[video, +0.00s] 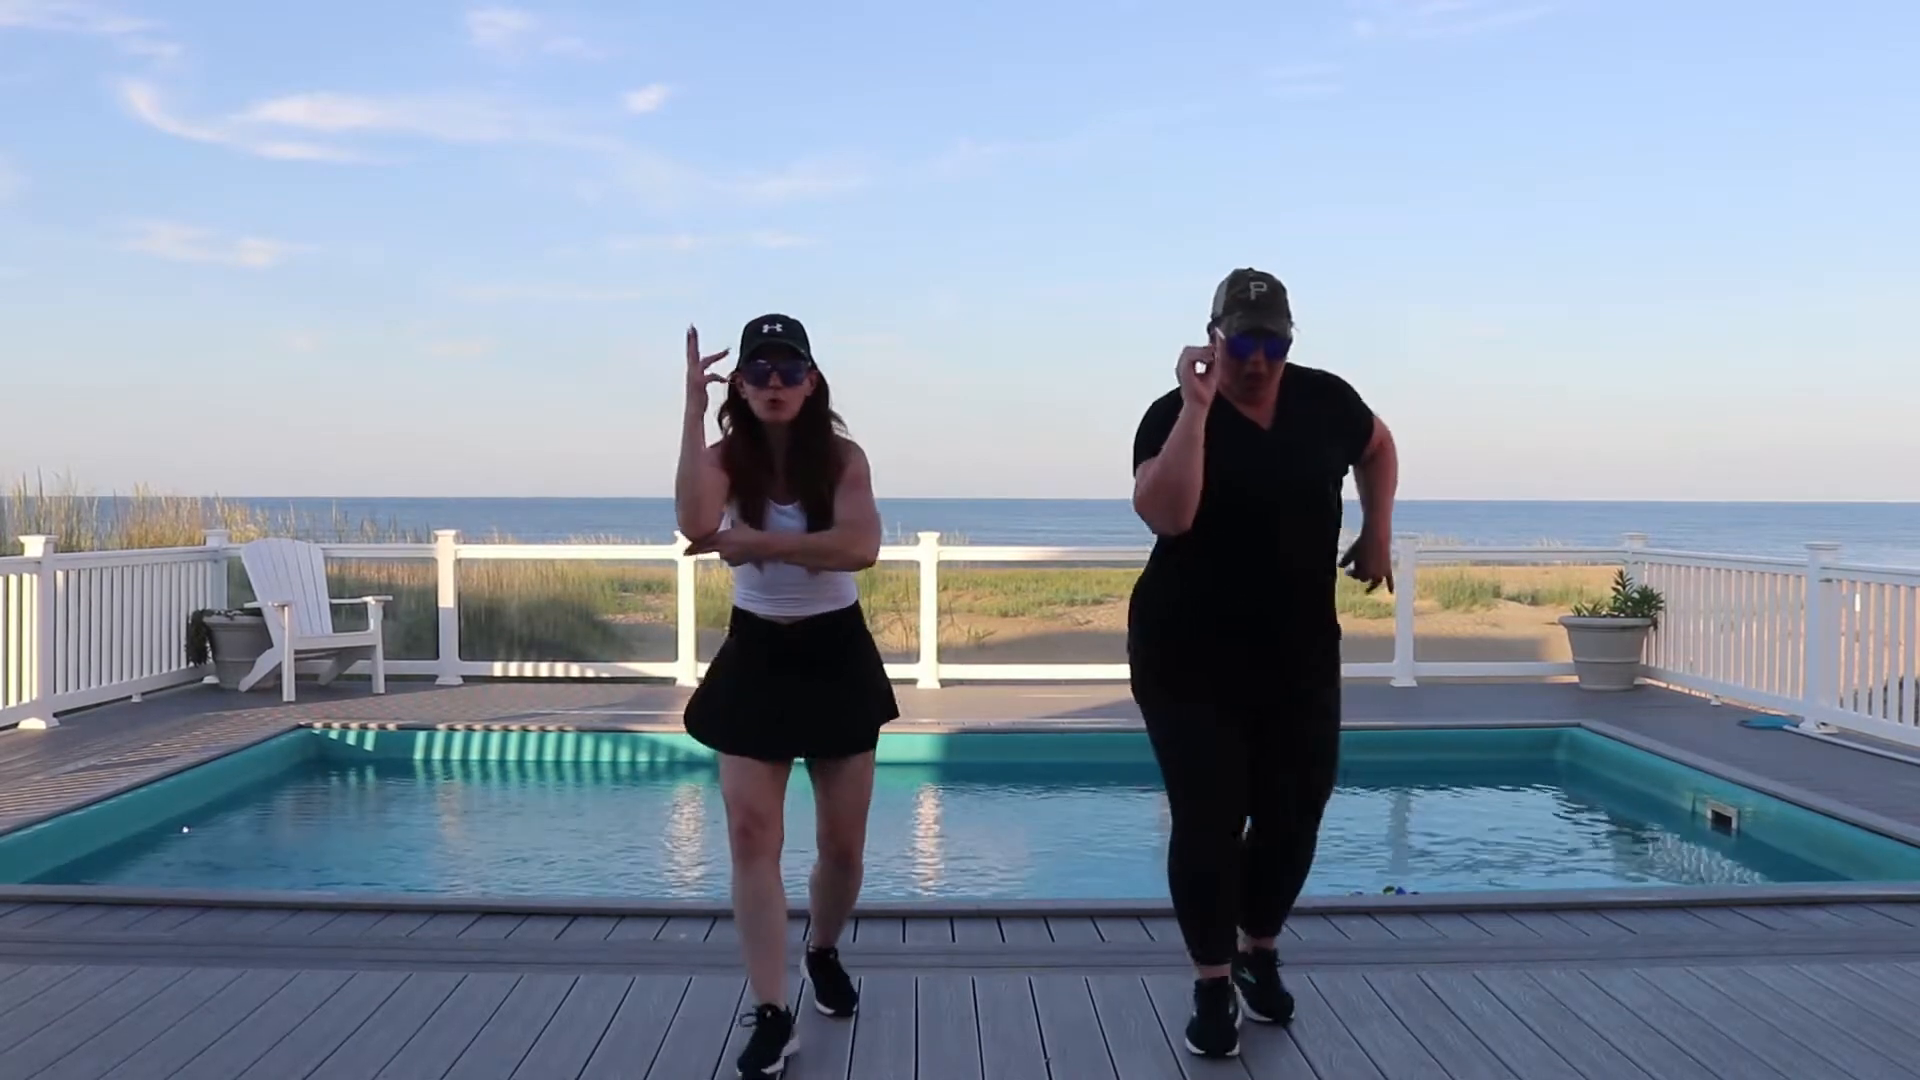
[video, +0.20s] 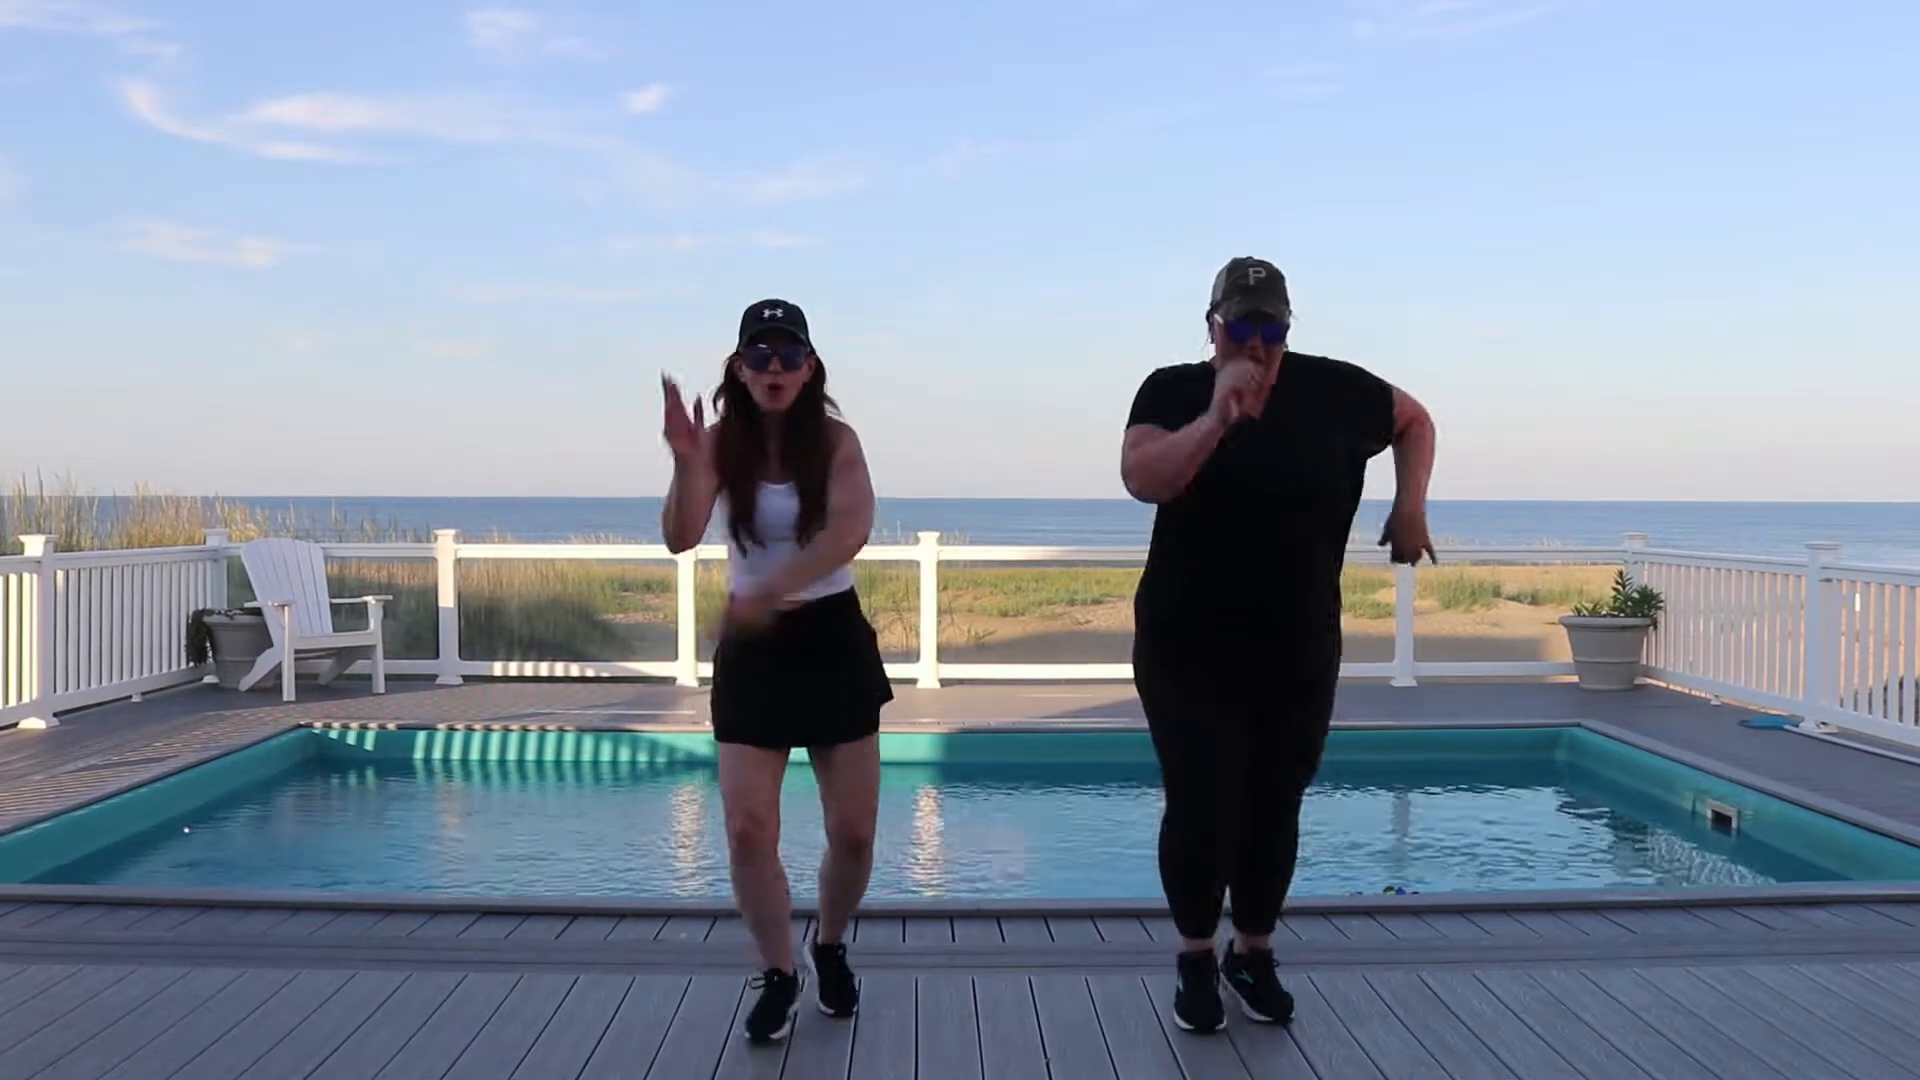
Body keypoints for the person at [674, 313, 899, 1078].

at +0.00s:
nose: (775, 383)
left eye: (789, 369)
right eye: (760, 370)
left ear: (812, 378)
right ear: (739, 383)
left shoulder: (840, 454)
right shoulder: (724, 454)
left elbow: (862, 545)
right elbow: (697, 524)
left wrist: (763, 546)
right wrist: (694, 411)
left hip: (840, 654)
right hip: (756, 655)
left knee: (843, 849)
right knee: (750, 835)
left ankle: (823, 950)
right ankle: (771, 1010)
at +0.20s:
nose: (774, 370)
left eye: (789, 356)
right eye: (759, 357)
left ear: (810, 366)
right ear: (739, 366)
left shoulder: (834, 437)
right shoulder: (719, 440)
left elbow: (852, 532)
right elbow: (681, 537)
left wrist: (773, 586)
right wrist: (690, 464)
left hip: (834, 638)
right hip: (751, 638)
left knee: (854, 834)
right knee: (748, 828)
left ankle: (830, 944)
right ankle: (777, 972)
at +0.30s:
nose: (775, 395)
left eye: (789, 381)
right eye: (761, 381)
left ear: (812, 387)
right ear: (740, 387)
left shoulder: (835, 461)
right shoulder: (713, 461)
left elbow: (860, 531)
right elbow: (674, 546)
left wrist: (866, 602)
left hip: (820, 656)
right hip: (738, 659)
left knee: (860, 855)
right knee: (745, 859)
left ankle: (835, 928)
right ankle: (783, 981)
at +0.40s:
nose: (779, 402)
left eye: (794, 388)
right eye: (765, 388)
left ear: (815, 396)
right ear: (743, 394)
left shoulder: (831, 464)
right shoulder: (714, 469)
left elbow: (875, 502)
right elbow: (682, 554)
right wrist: (762, 569)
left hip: (815, 668)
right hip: (731, 670)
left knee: (840, 852)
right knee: (738, 863)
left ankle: (839, 963)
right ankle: (782, 983)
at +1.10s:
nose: (783, 375)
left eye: (797, 360)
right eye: (768, 361)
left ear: (820, 367)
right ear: (747, 367)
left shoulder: (841, 448)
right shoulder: (721, 438)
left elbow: (859, 530)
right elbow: (659, 507)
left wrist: (872, 491)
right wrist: (747, 548)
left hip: (814, 646)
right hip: (731, 643)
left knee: (798, 845)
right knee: (697, 844)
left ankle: (789, 976)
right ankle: (735, 936)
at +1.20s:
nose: (779, 394)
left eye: (793, 380)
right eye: (764, 381)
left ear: (814, 389)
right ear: (743, 392)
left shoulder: (838, 468)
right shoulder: (723, 460)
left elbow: (862, 548)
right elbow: (643, 494)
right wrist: (712, 501)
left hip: (824, 669)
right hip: (741, 666)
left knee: (811, 858)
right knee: (687, 849)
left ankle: (787, 976)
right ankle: (731, 948)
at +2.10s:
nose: (760, 400)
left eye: (774, 387)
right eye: (745, 388)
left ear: (795, 394)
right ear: (723, 395)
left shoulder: (820, 471)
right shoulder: (695, 478)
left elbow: (884, 525)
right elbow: (668, 577)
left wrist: (888, 557)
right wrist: (745, 578)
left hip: (803, 672)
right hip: (719, 674)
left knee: (846, 860)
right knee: (717, 871)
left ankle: (833, 938)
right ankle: (771, 988)